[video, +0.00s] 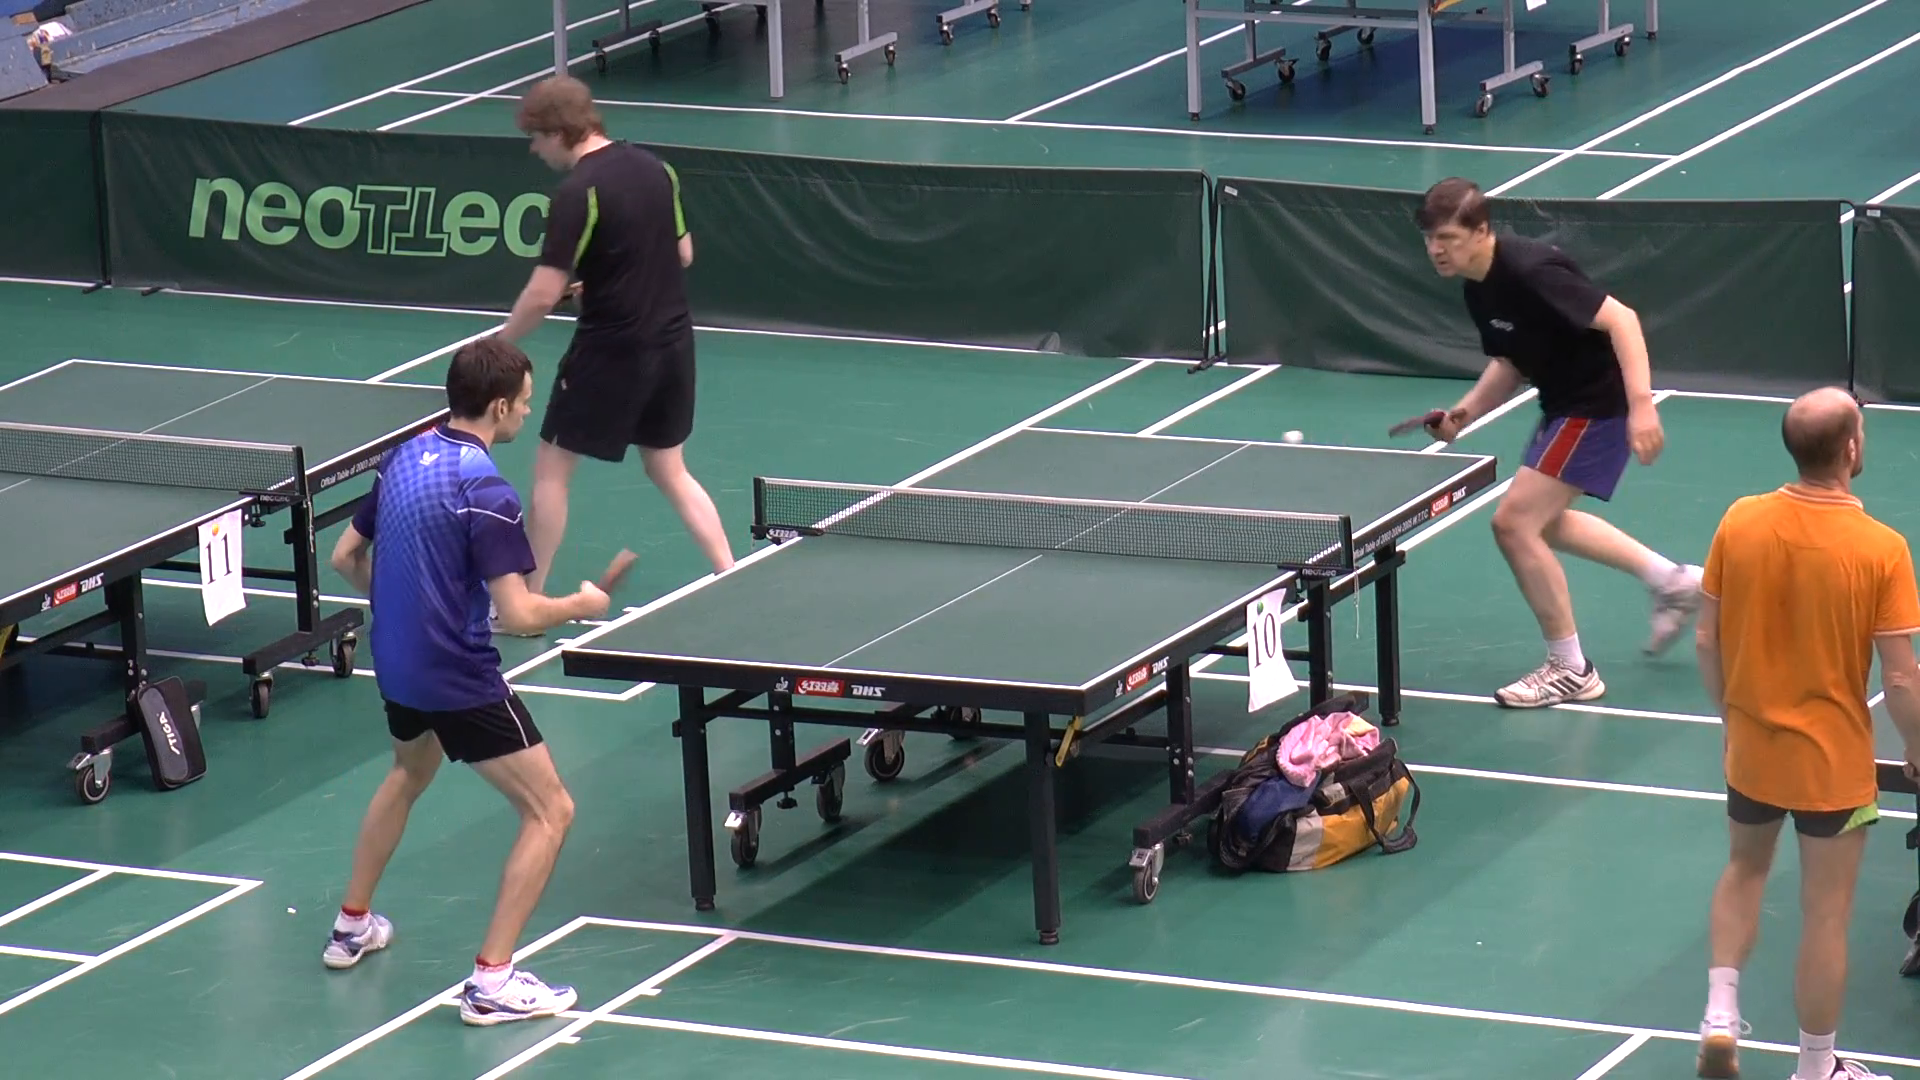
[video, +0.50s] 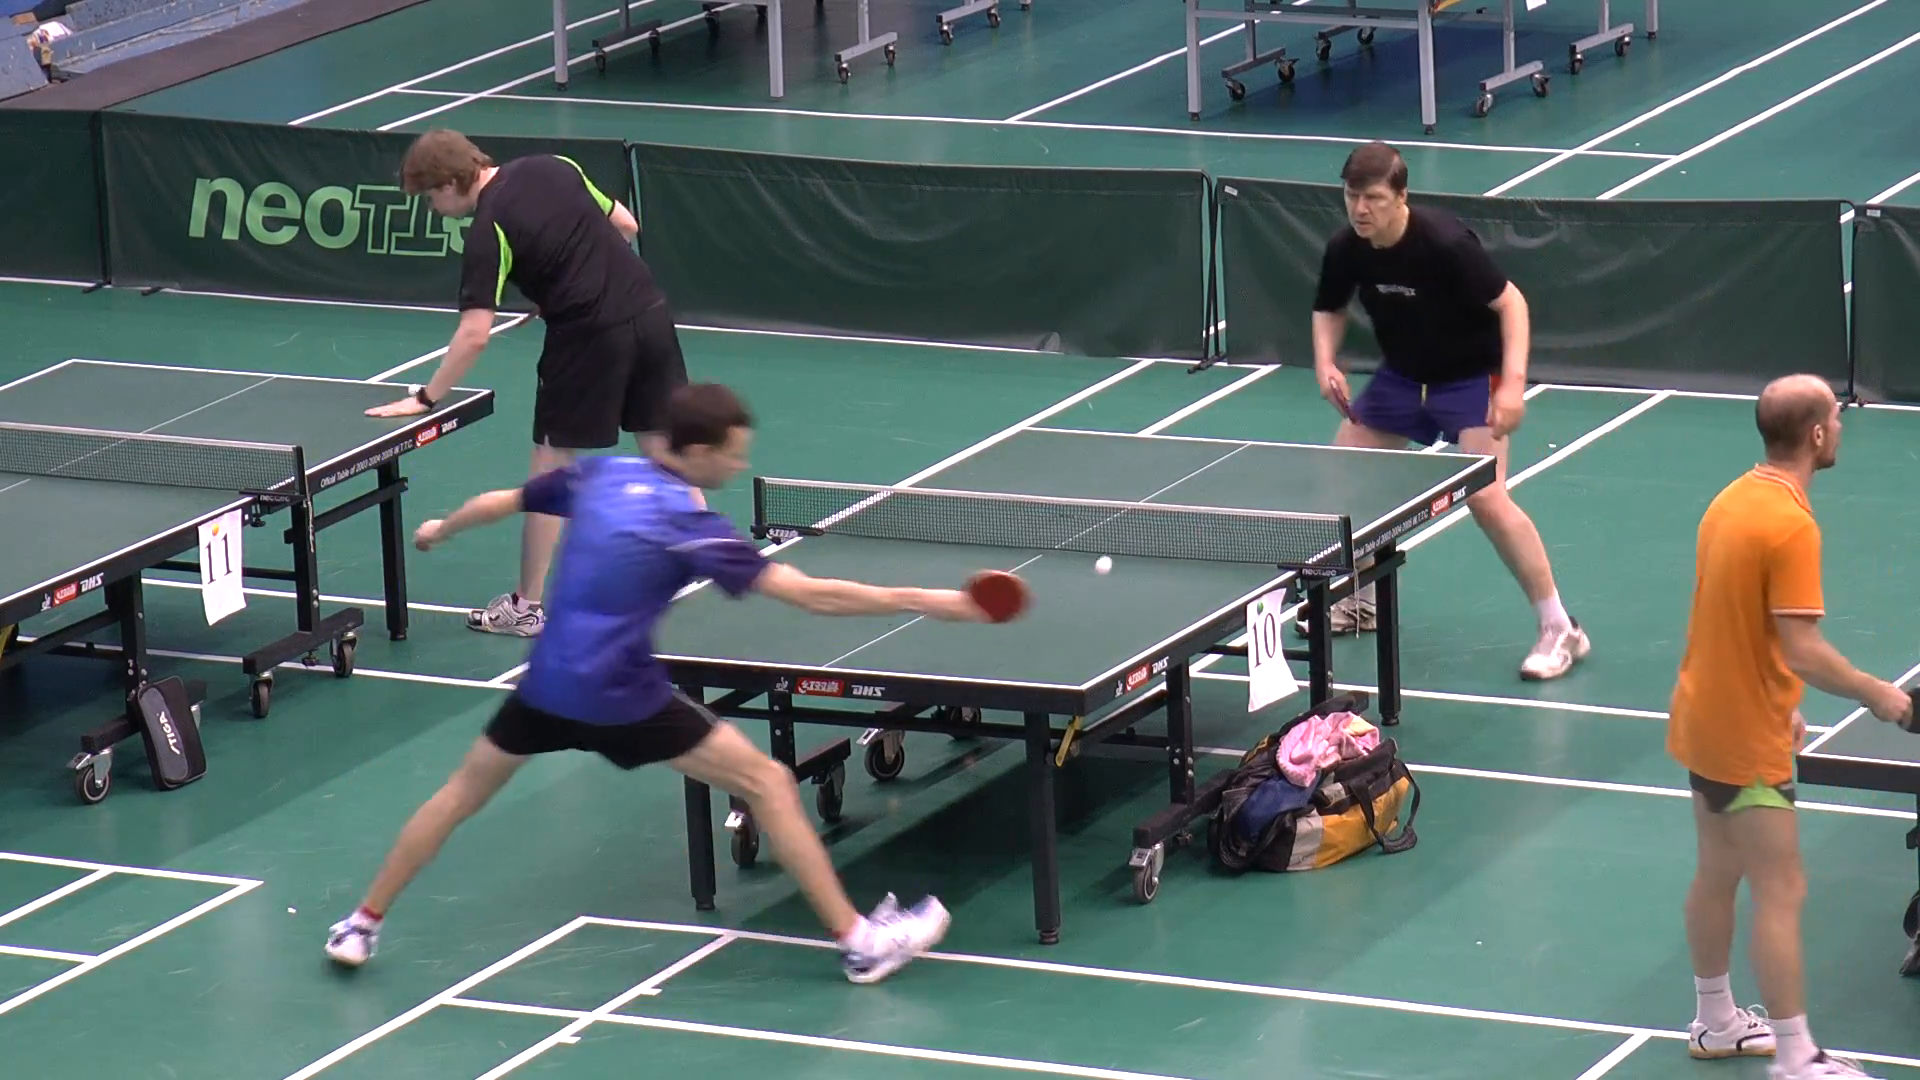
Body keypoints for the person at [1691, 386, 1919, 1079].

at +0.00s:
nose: (1863, 433)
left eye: (1857, 424)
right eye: (1861, 426)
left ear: (1790, 450)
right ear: (1852, 449)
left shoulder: (1741, 521)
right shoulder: (1882, 546)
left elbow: (1708, 639)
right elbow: (1901, 681)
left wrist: (1729, 713)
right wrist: (1916, 756)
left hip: (1749, 747)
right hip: (1834, 758)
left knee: (1744, 866)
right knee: (1826, 915)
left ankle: (1721, 1009)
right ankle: (1817, 1066)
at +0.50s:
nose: (1839, 428)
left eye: (1837, 416)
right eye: (1836, 418)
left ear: (1770, 433)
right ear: (1818, 434)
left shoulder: (1731, 499)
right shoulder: (1790, 521)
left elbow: (1721, 627)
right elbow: (1800, 647)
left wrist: (1776, 706)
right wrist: (1877, 691)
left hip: (1702, 721)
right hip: (1746, 734)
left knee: (1716, 872)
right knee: (1780, 890)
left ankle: (1714, 1020)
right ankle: (1797, 1054)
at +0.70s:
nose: (1834, 431)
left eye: (1831, 420)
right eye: (1830, 421)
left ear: (1775, 430)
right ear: (1808, 434)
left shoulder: (1749, 496)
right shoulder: (1751, 514)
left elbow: (1774, 621)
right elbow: (1753, 646)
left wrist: (1833, 674)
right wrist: (1827, 688)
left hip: (1712, 715)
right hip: (1698, 725)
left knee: (1716, 870)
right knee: (1713, 879)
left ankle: (1717, 1016)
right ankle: (1692, 1044)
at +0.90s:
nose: (1823, 440)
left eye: (1821, 429)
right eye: (1818, 430)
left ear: (1772, 435)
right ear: (1791, 439)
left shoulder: (1756, 503)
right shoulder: (1717, 513)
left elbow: (1787, 587)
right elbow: (1693, 634)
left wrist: (1880, 608)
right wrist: (1775, 689)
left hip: (1709, 717)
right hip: (1660, 721)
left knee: (1704, 863)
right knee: (1643, 873)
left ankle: (1714, 1019)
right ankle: (1584, 1011)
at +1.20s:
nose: (1765, 456)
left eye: (1766, 443)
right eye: (1759, 444)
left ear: (1719, 445)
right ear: (1717, 445)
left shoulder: (1729, 513)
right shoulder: (1628, 515)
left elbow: (1789, 596)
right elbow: (1590, 627)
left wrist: (1876, 650)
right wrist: (1669, 688)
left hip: (1674, 716)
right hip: (1600, 717)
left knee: (1690, 860)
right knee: (1569, 858)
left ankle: (1713, 1019)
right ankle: (1532, 994)